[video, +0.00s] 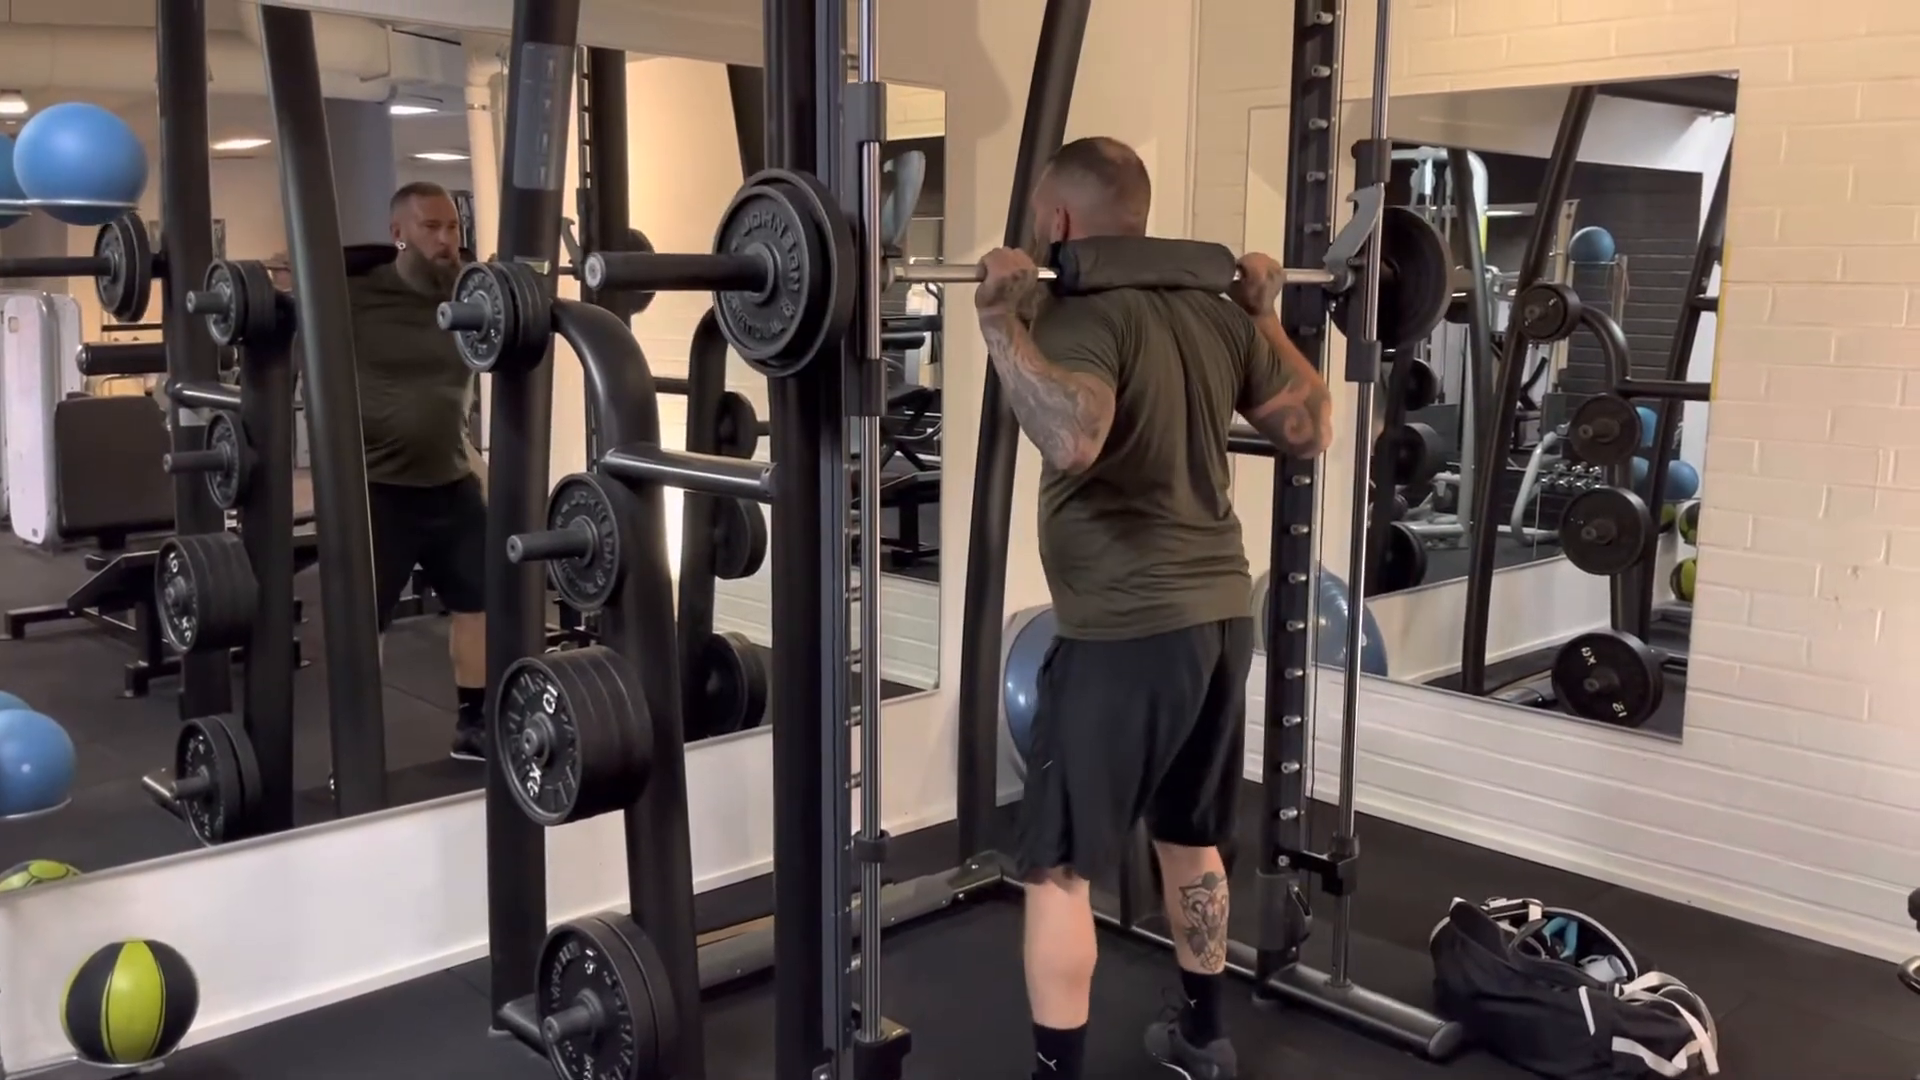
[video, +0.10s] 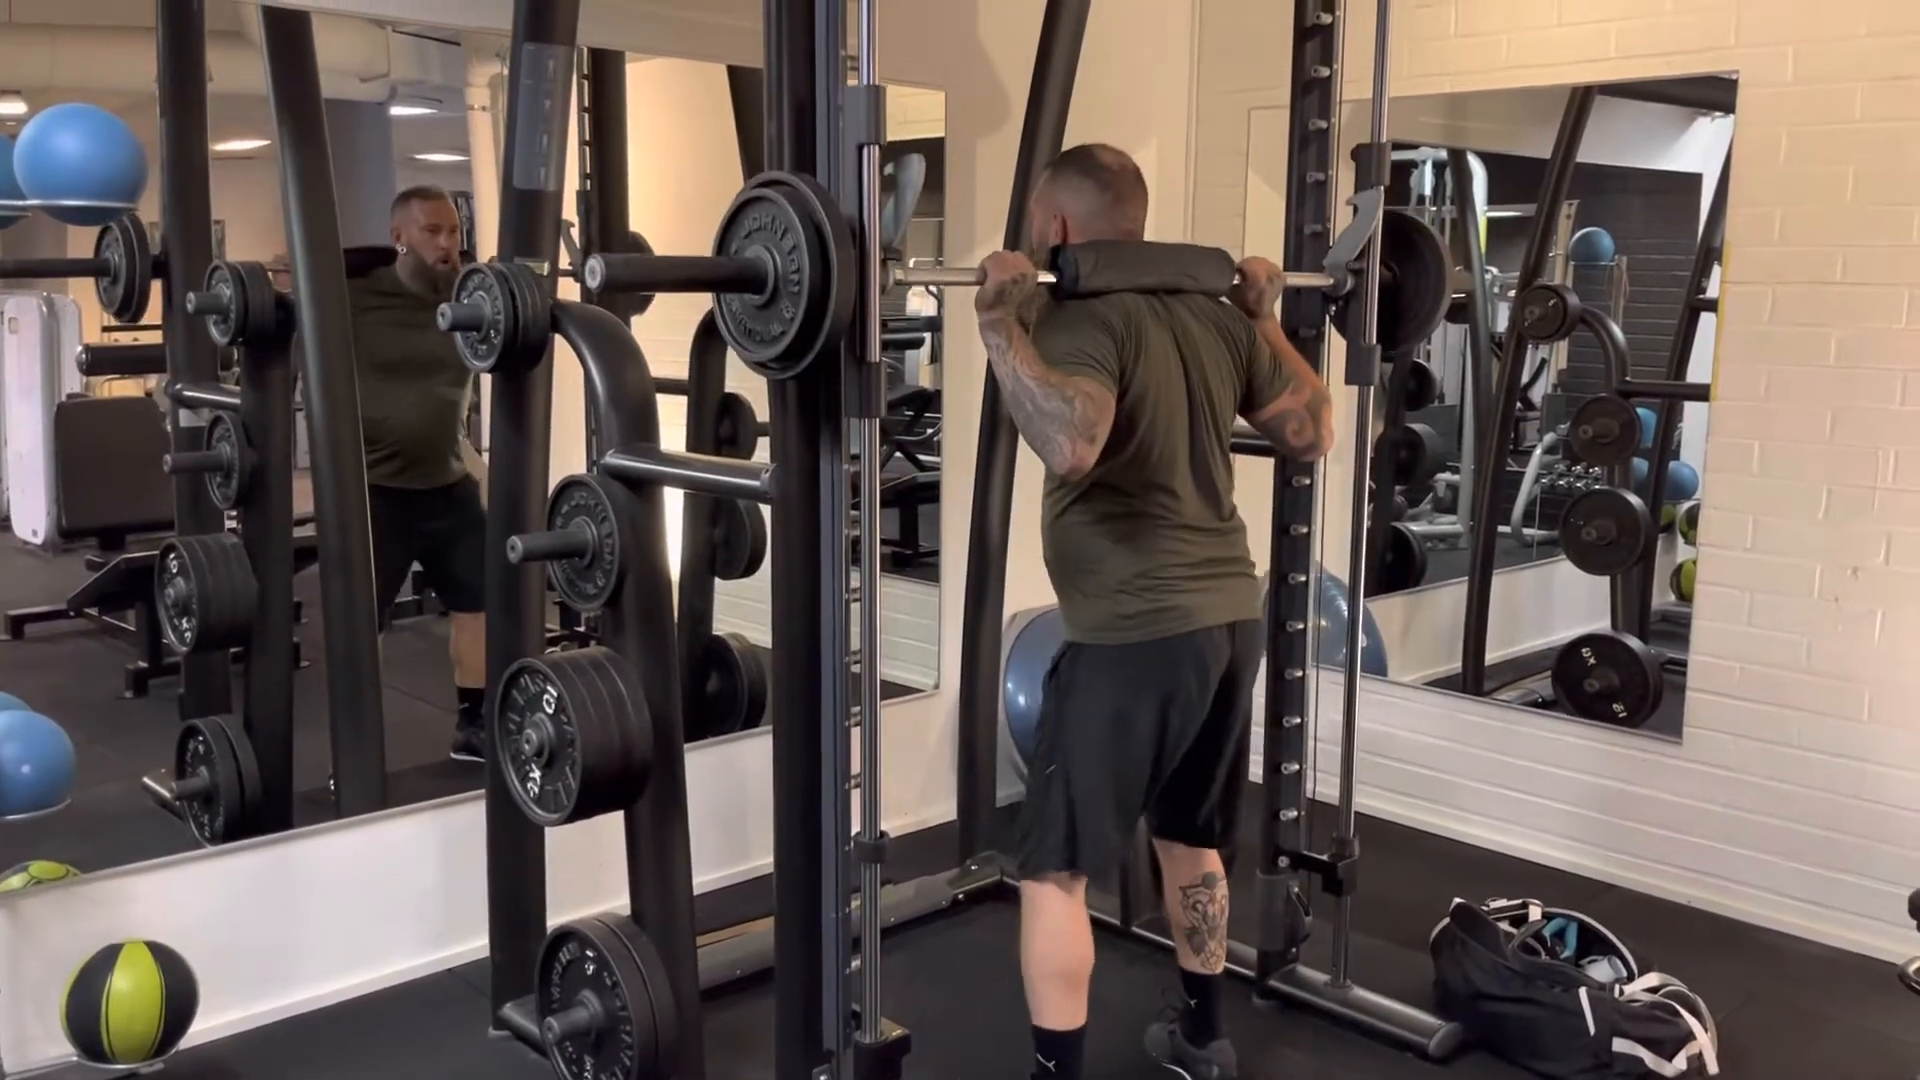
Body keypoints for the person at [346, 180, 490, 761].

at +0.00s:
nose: (449, 238)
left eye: (455, 227)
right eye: (434, 227)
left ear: (462, 232)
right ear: (399, 232)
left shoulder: (467, 297)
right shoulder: (354, 297)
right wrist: (274, 287)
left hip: (452, 484)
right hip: (376, 488)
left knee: (477, 597)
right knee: (359, 619)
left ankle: (475, 723)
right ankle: (352, 737)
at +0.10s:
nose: (449, 243)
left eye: (455, 232)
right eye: (434, 231)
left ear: (463, 237)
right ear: (400, 237)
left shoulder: (465, 301)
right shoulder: (353, 300)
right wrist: (273, 293)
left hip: (449, 485)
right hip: (374, 490)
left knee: (476, 597)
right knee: (356, 618)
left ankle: (475, 723)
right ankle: (350, 735)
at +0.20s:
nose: (449, 260)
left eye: (454, 248)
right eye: (435, 248)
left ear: (462, 251)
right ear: (401, 252)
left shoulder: (467, 313)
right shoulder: (356, 313)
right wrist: (264, 290)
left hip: (445, 495)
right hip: (372, 499)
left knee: (486, 593)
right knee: (353, 625)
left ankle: (476, 726)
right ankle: (350, 744)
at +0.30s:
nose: (447, 289)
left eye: (452, 278)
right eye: (435, 277)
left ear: (457, 280)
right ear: (404, 279)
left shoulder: (460, 344)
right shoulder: (361, 339)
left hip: (445, 510)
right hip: (376, 511)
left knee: (494, 594)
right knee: (355, 630)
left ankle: (476, 726)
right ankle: (352, 752)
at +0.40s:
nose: (448, 325)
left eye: (451, 312)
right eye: (435, 314)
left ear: (459, 313)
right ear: (404, 319)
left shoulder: (467, 375)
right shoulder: (362, 374)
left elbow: (457, 450)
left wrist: (492, 521)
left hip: (437, 528)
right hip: (370, 529)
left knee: (504, 596)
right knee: (354, 638)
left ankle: (477, 726)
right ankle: (353, 756)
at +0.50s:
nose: (453, 365)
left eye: (457, 350)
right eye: (438, 351)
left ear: (467, 353)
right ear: (405, 358)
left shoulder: (471, 408)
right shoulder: (363, 412)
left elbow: (500, 448)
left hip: (436, 551)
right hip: (367, 556)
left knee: (509, 604)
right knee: (352, 644)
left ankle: (477, 726)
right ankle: (353, 756)